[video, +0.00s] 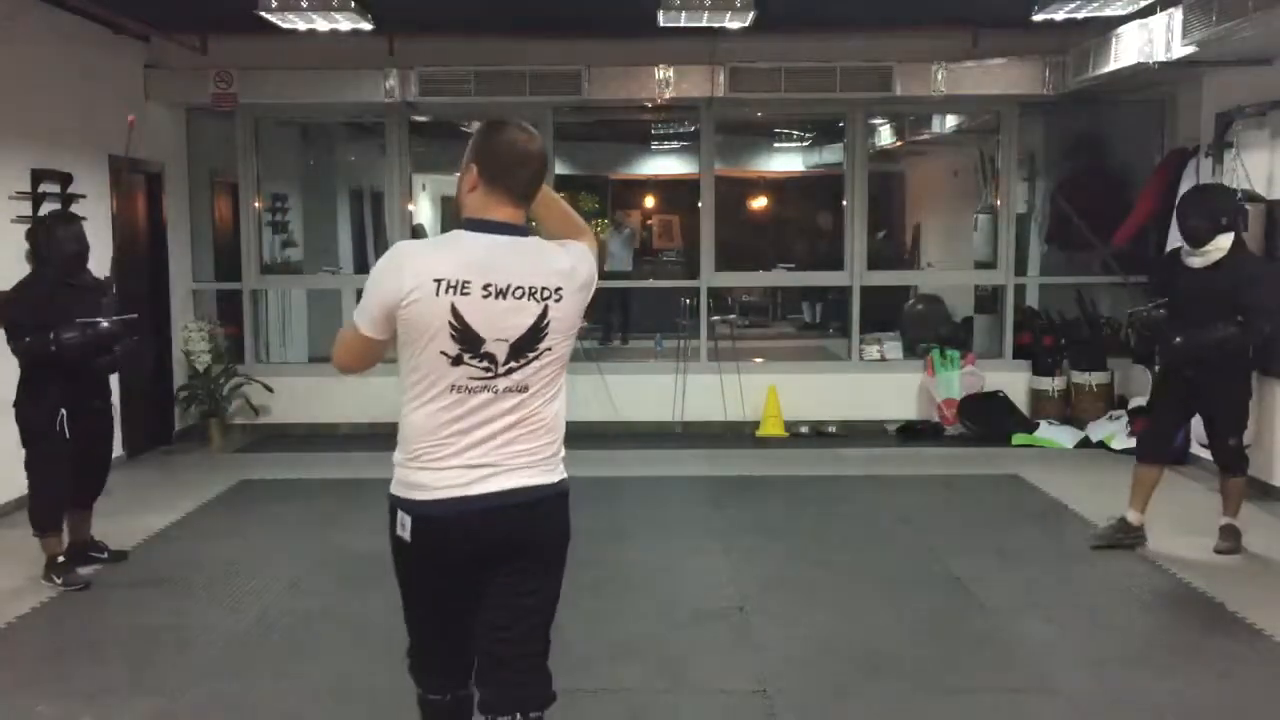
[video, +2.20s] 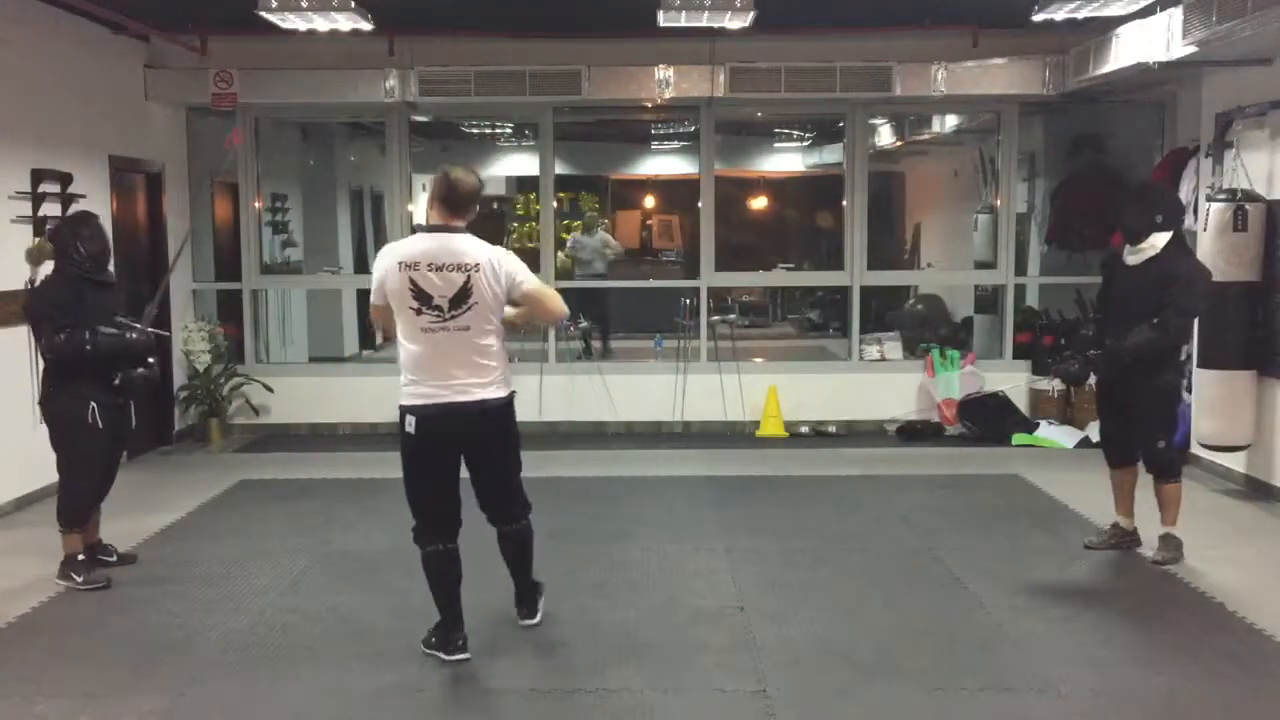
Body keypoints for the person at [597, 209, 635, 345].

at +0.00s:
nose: (617, 222)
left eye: (620, 219)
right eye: (615, 219)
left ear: (624, 220)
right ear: (612, 220)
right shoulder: (609, 233)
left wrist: (634, 230)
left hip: (625, 271)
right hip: (610, 270)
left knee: (624, 304)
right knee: (607, 304)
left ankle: (624, 335)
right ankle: (606, 336)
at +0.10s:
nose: (616, 221)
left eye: (619, 218)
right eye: (615, 218)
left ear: (624, 219)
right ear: (612, 219)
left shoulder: (627, 234)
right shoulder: (608, 234)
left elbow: (634, 244)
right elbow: (601, 251)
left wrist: (632, 231)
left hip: (624, 271)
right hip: (608, 271)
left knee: (623, 305)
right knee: (606, 305)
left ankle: (624, 334)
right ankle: (606, 336)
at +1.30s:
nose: (608, 221)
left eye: (611, 218)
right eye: (607, 218)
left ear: (617, 220)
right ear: (604, 219)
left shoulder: (621, 233)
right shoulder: (598, 235)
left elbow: (623, 237)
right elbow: (590, 250)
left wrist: (611, 223)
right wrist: (586, 248)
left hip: (617, 274)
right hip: (599, 274)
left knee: (616, 309)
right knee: (596, 308)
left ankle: (615, 340)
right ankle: (599, 337)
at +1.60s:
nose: (602, 224)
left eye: (605, 222)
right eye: (600, 221)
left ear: (611, 222)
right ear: (597, 223)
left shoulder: (614, 237)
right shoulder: (591, 238)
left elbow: (616, 236)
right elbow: (582, 251)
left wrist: (603, 223)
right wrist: (577, 249)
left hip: (611, 276)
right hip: (593, 276)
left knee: (613, 311)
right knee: (592, 311)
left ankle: (614, 342)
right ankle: (588, 344)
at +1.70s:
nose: (599, 224)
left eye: (603, 221)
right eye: (597, 221)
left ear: (608, 223)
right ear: (593, 223)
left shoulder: (611, 238)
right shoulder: (586, 238)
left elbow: (614, 236)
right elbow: (576, 255)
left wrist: (601, 224)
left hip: (607, 277)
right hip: (589, 277)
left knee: (610, 312)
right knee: (588, 313)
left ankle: (613, 344)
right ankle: (588, 347)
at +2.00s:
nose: (593, 223)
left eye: (595, 220)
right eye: (590, 220)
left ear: (599, 221)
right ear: (585, 222)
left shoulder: (603, 235)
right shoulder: (579, 237)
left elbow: (615, 243)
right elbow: (570, 250)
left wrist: (601, 234)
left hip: (601, 276)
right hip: (584, 276)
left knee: (604, 310)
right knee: (585, 312)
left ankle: (607, 341)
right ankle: (587, 346)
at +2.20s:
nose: (590, 223)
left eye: (593, 220)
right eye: (588, 220)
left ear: (597, 222)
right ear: (583, 222)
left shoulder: (603, 237)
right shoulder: (576, 237)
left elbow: (619, 250)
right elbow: (568, 252)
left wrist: (607, 253)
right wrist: (585, 257)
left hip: (600, 279)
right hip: (582, 280)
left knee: (602, 313)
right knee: (582, 315)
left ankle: (606, 345)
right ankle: (587, 346)